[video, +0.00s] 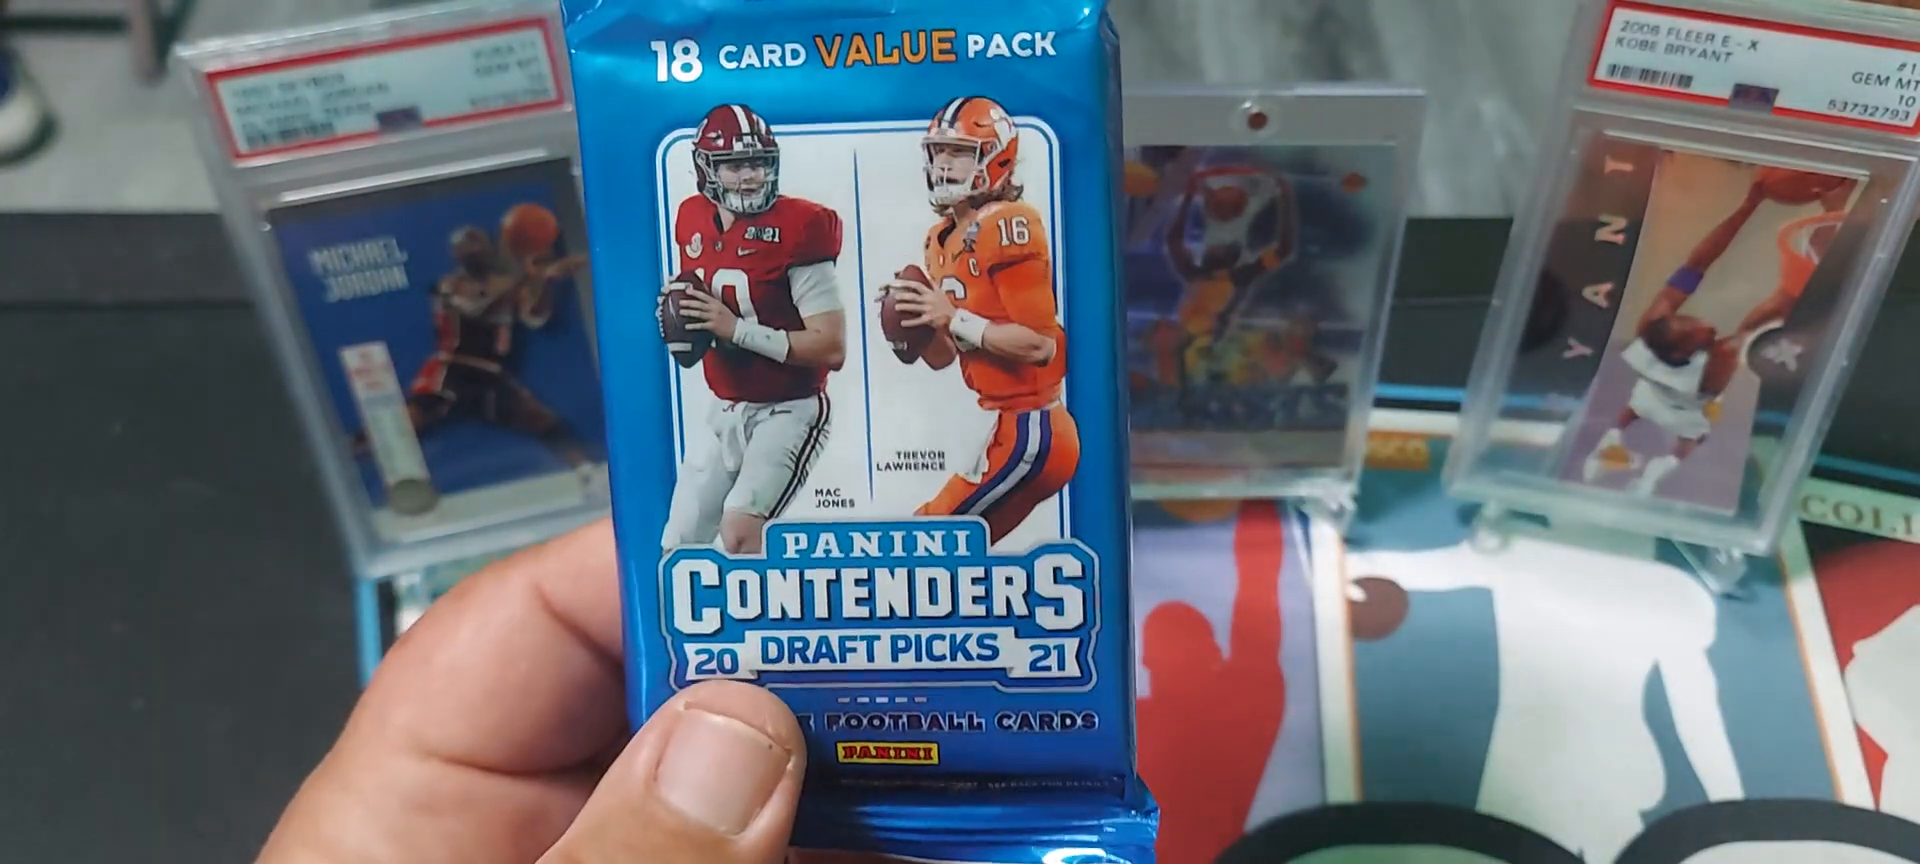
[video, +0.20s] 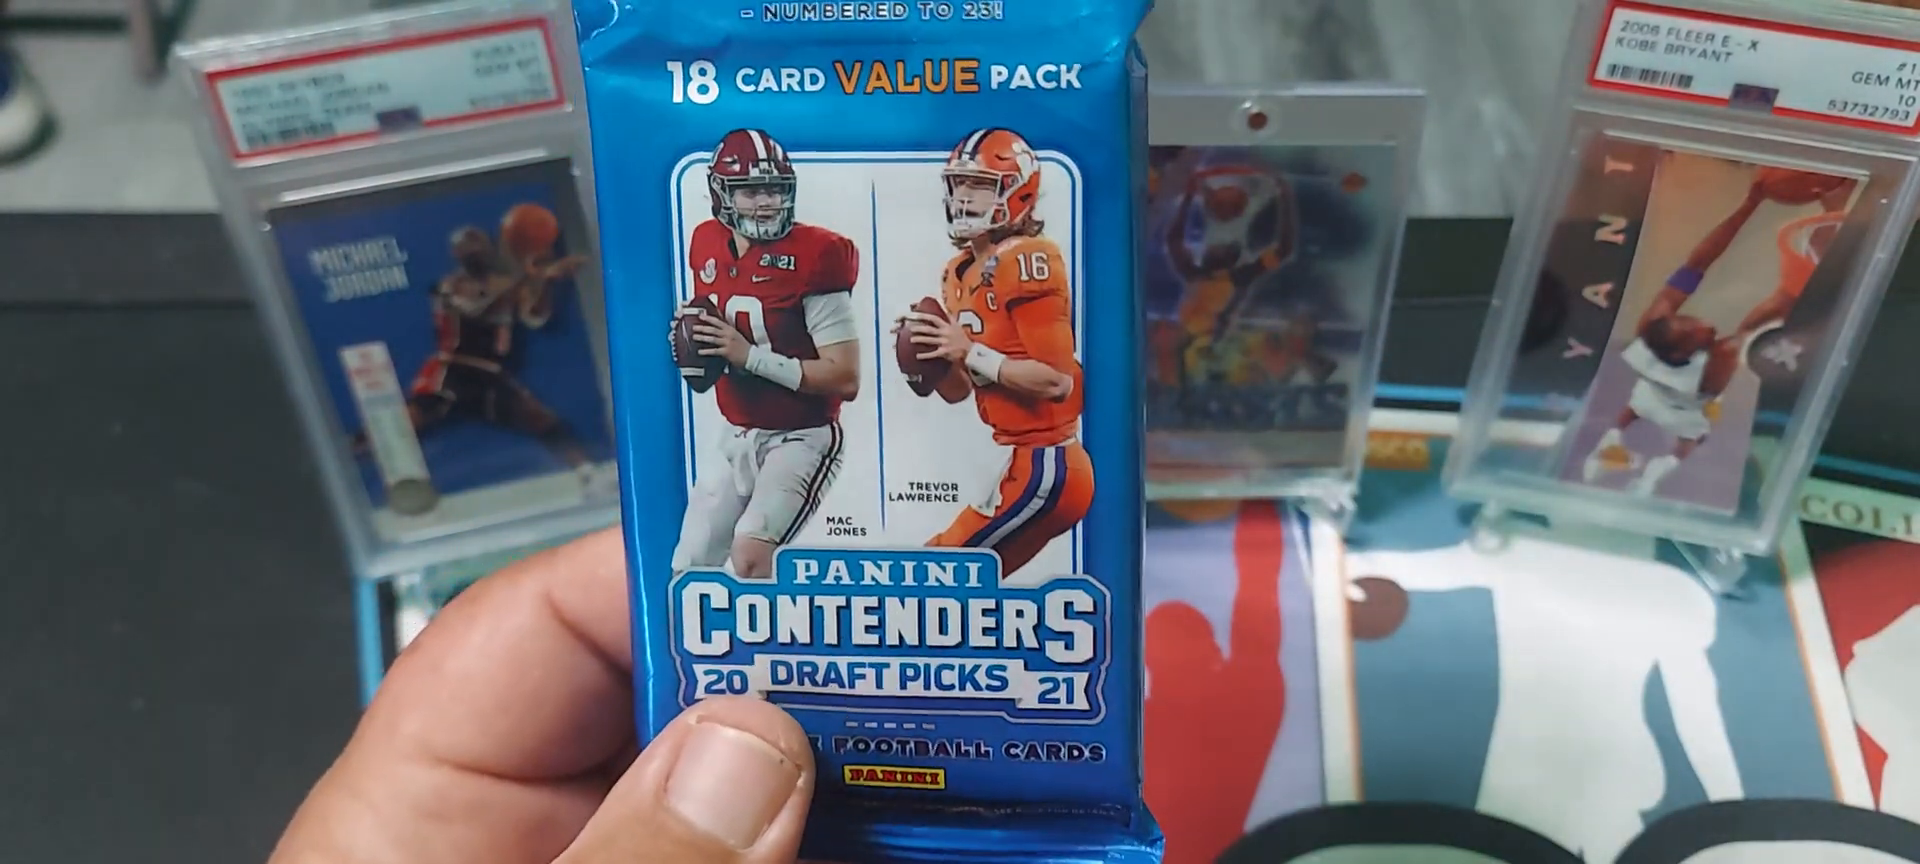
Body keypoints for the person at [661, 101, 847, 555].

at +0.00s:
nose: (747, 176)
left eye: (756, 164)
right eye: (734, 166)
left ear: (771, 165)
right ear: (708, 168)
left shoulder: (801, 226)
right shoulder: (692, 217)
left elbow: (831, 348)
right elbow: (694, 295)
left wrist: (735, 328)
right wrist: (675, 311)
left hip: (791, 411)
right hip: (724, 412)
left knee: (738, 535)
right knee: (678, 547)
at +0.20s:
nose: (763, 203)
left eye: (773, 191)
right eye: (750, 191)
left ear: (788, 192)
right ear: (723, 194)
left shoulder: (819, 254)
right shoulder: (707, 242)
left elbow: (845, 378)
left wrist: (748, 355)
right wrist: (688, 339)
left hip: (804, 439)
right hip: (735, 438)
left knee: (749, 557)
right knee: (689, 569)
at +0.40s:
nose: (728, 246)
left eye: (736, 233)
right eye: (713, 236)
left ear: (751, 235)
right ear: (684, 242)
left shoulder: (788, 298)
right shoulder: (671, 287)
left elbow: (819, 420)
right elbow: (676, 419)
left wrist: (719, 396)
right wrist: (657, 384)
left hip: (782, 476)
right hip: (711, 474)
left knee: (735, 585)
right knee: (675, 601)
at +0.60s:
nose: (742, 263)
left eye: (751, 250)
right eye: (728, 252)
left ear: (766, 253)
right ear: (700, 257)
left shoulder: (801, 313)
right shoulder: (687, 305)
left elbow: (835, 433)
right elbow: (691, 437)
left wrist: (735, 413)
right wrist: (675, 399)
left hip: (797, 490)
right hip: (730, 491)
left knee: (751, 602)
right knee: (693, 616)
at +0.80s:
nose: (745, 293)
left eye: (753, 281)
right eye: (731, 283)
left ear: (768, 283)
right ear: (702, 290)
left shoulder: (803, 344)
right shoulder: (689, 335)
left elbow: (839, 463)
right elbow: (696, 463)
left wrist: (739, 442)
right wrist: (677, 423)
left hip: (801, 517)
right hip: (733, 517)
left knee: (757, 621)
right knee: (699, 638)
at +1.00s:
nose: (800, 313)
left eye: (810, 302)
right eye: (788, 302)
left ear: (825, 304)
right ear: (761, 304)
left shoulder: (854, 363)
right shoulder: (746, 351)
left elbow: (882, 479)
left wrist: (786, 455)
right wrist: (728, 437)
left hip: (842, 534)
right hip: (775, 532)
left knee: (791, 637)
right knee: (733, 651)